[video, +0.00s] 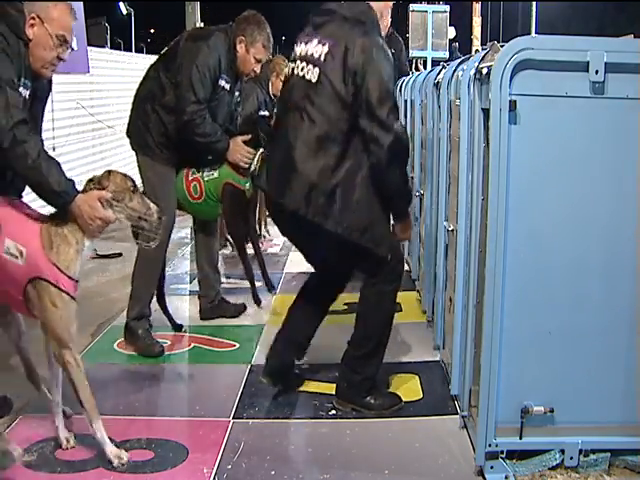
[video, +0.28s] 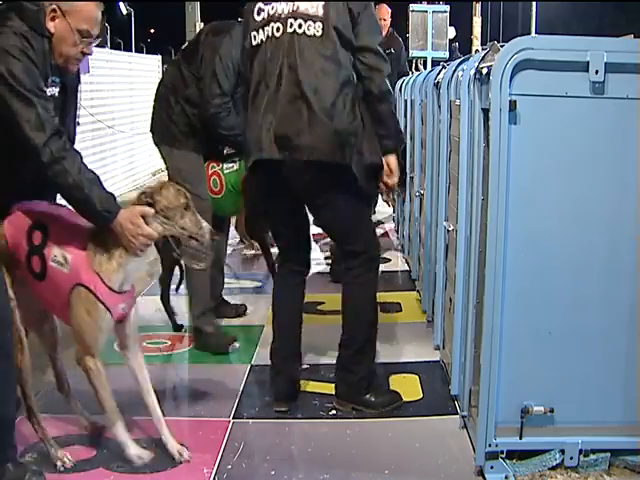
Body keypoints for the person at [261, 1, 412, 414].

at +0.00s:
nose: (391, 19)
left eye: (392, 11)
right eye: (391, 10)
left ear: (352, 3)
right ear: (377, 5)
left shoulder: (313, 31)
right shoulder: (367, 46)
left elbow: (294, 114)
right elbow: (383, 138)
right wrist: (401, 211)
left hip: (285, 187)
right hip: (327, 191)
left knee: (334, 265)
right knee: (387, 265)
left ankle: (281, 362)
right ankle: (358, 385)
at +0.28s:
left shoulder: (257, 8)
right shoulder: (352, 5)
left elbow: (236, 81)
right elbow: (372, 72)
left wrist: (253, 146)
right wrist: (390, 144)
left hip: (267, 151)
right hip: (329, 149)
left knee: (291, 260)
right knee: (360, 258)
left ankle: (283, 385)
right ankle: (355, 385)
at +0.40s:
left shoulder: (240, 9)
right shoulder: (339, 4)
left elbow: (223, 65)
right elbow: (359, 55)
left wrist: (229, 144)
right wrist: (375, 127)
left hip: (258, 138)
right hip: (321, 131)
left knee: (280, 259)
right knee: (342, 256)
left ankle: (281, 385)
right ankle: (350, 381)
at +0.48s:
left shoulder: (228, 9)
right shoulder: (335, 4)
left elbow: (216, 60)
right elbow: (350, 48)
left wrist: (228, 138)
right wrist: (353, 125)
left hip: (255, 125)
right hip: (316, 117)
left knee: (273, 253)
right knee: (322, 247)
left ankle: (282, 386)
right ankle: (342, 375)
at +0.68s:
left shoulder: (213, 6)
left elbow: (201, 48)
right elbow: (327, 40)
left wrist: (194, 116)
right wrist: (322, 116)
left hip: (242, 116)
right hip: (305, 106)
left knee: (264, 245)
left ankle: (291, 376)